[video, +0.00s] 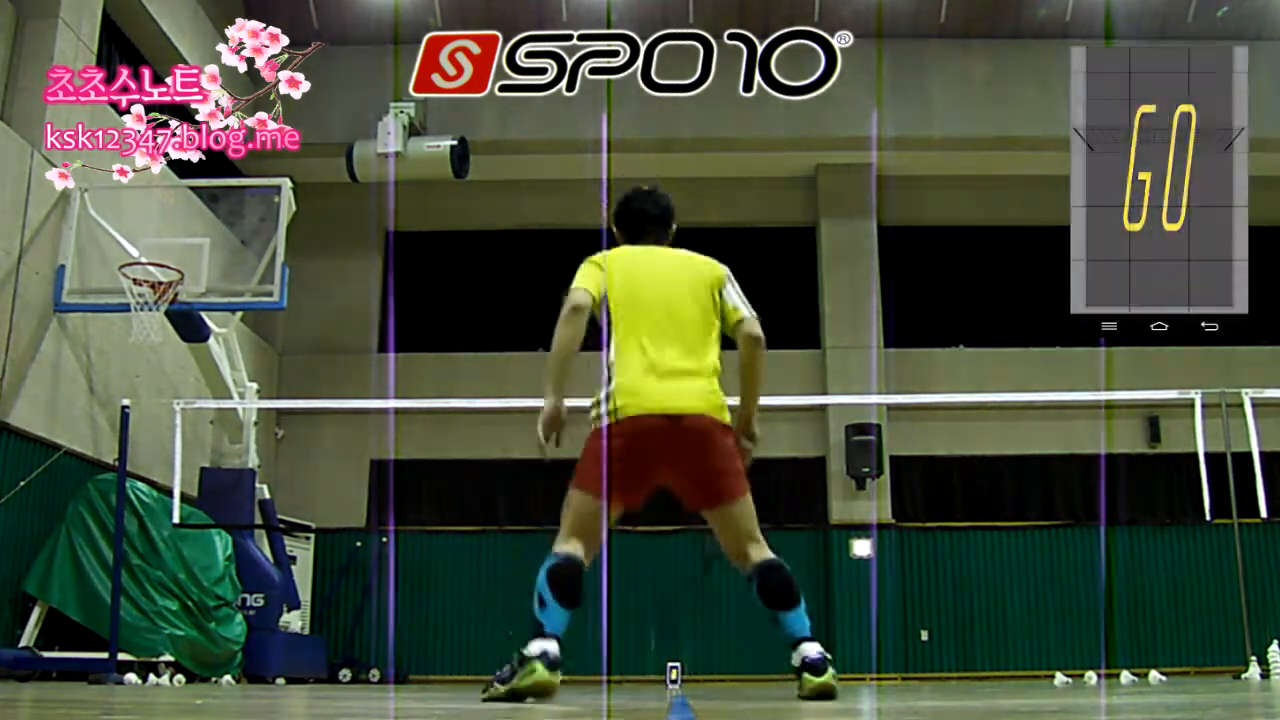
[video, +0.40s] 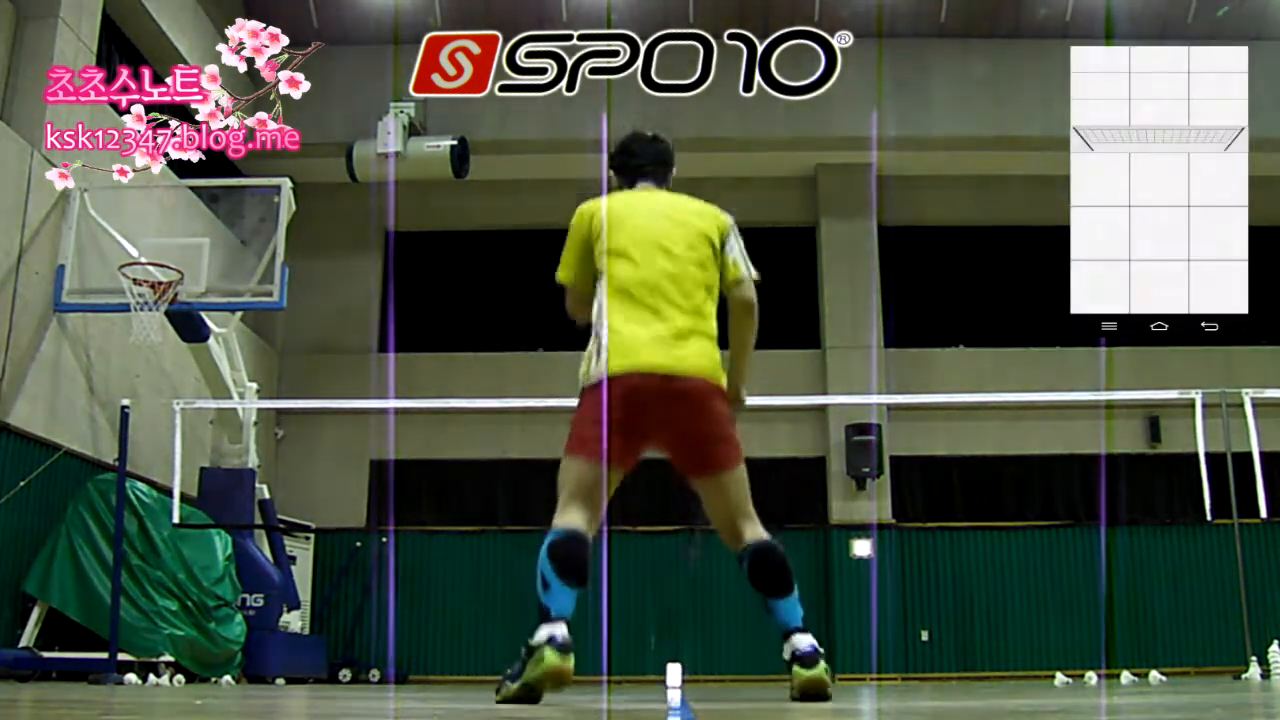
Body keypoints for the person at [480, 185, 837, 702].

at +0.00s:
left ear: (618, 231)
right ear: (673, 231)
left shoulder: (602, 264)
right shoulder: (710, 270)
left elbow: (576, 306)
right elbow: (752, 336)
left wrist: (554, 397)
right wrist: (746, 418)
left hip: (626, 423)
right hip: (703, 423)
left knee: (574, 541)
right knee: (751, 546)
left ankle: (543, 649)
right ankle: (808, 651)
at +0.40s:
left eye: (613, 178)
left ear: (616, 176)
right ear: (670, 176)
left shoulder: (594, 214)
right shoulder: (712, 218)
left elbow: (579, 306)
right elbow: (744, 298)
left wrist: (628, 327)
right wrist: (735, 385)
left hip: (615, 383)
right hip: (697, 384)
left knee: (576, 510)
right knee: (744, 525)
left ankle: (552, 637)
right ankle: (802, 646)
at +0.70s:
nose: (619, 131)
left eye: (619, 123)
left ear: (622, 126)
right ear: (676, 123)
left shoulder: (600, 162)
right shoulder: (723, 163)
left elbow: (591, 256)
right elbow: (754, 245)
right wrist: (730, 321)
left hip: (630, 325)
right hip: (710, 327)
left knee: (587, 465)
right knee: (750, 487)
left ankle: (547, 603)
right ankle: (799, 619)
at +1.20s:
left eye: (652, 115)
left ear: (650, 123)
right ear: (704, 123)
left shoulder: (634, 159)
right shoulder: (751, 169)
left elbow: (612, 203)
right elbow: (786, 253)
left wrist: (590, 302)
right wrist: (754, 325)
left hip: (664, 341)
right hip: (741, 343)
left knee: (615, 481)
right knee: (782, 499)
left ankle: (585, 610)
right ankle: (844, 620)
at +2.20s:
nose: (647, 206)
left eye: (649, 198)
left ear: (654, 195)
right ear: (710, 191)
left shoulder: (652, 211)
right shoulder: (763, 227)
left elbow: (631, 233)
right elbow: (809, 311)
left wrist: (576, 317)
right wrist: (794, 378)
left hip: (679, 371)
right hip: (765, 371)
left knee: (623, 502)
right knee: (813, 507)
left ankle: (581, 604)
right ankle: (861, 638)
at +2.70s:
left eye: (876, 72)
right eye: (902, 64)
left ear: (863, 91)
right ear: (912, 70)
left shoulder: (855, 147)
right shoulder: (951, 92)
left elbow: (801, 239)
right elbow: (1027, 29)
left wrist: (806, 195)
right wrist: (984, 6)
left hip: (893, 288)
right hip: (974, 277)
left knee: (896, 460)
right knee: (983, 457)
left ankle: (877, 616)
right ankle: (969, 610)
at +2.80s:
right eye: (971, 28)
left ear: (916, 61)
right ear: (966, 41)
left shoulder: (905, 127)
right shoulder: (997, 67)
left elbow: (870, 187)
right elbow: (1070, 15)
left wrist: (877, 128)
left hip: (952, 281)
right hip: (1032, 261)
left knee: (999, 445)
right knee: (1079, 426)